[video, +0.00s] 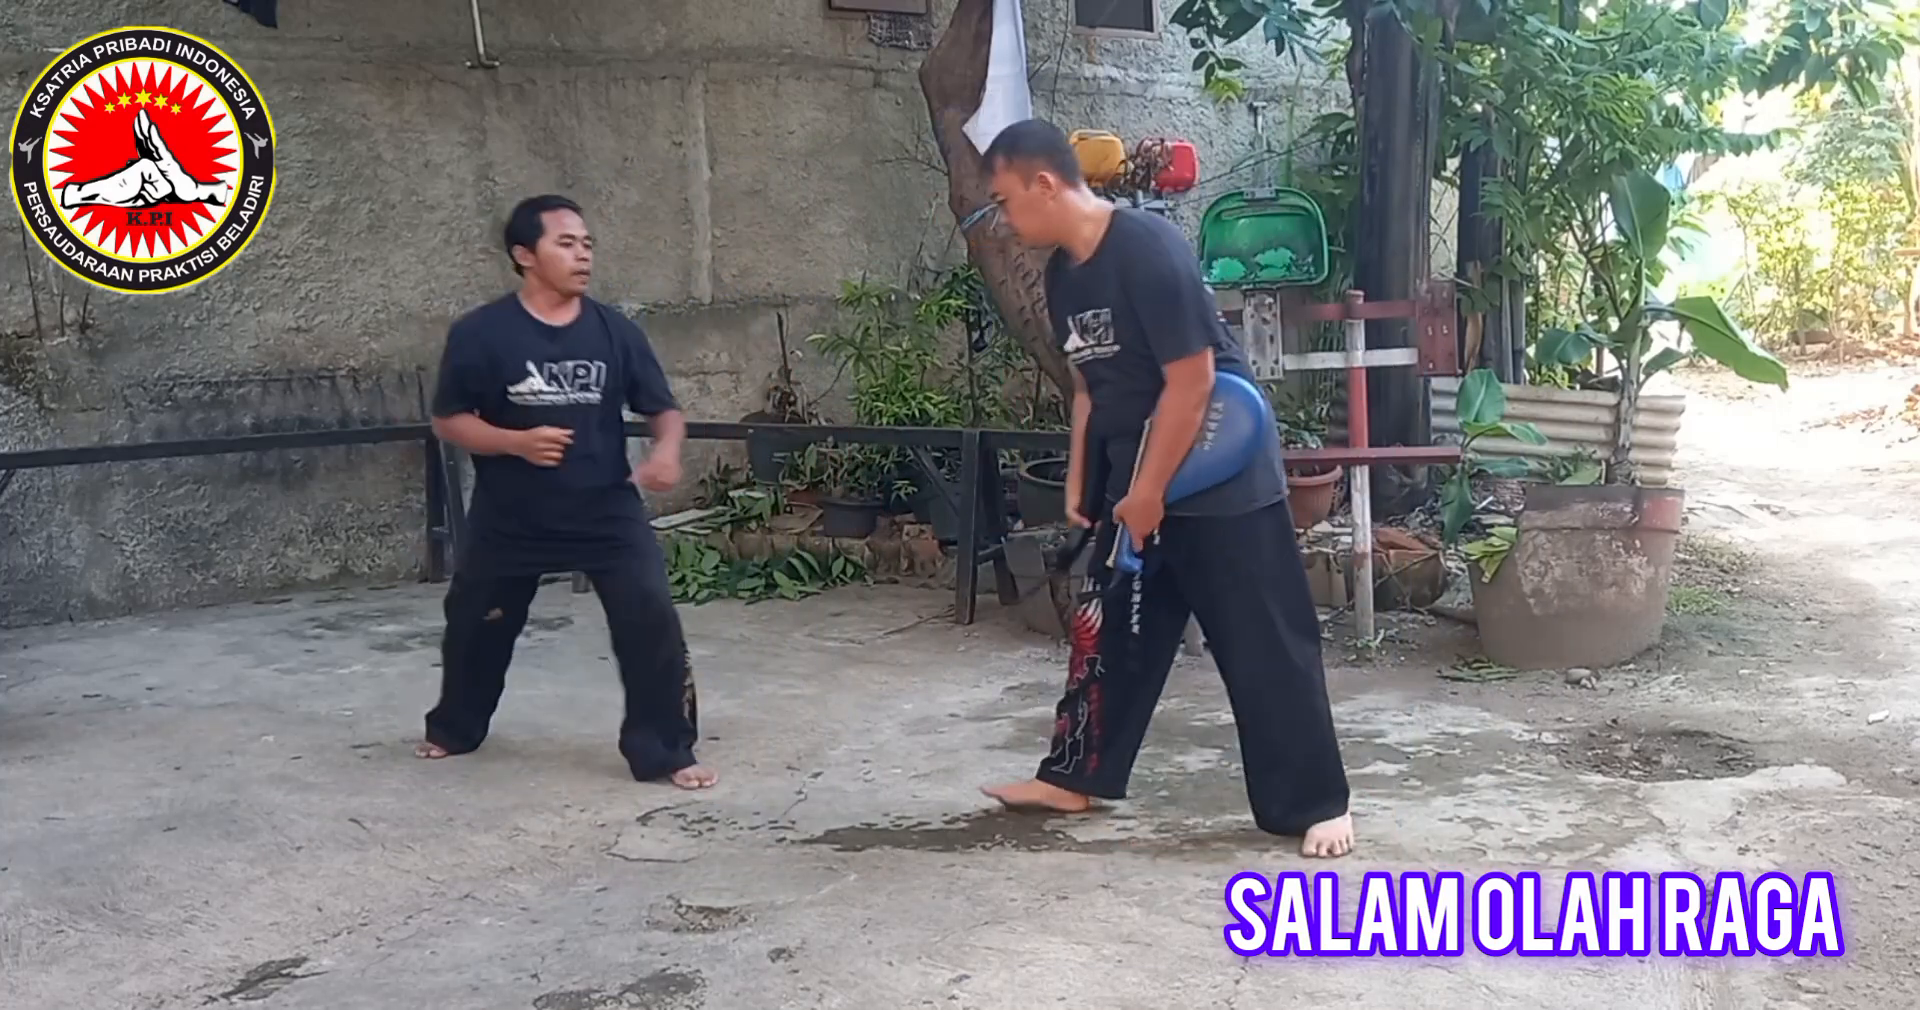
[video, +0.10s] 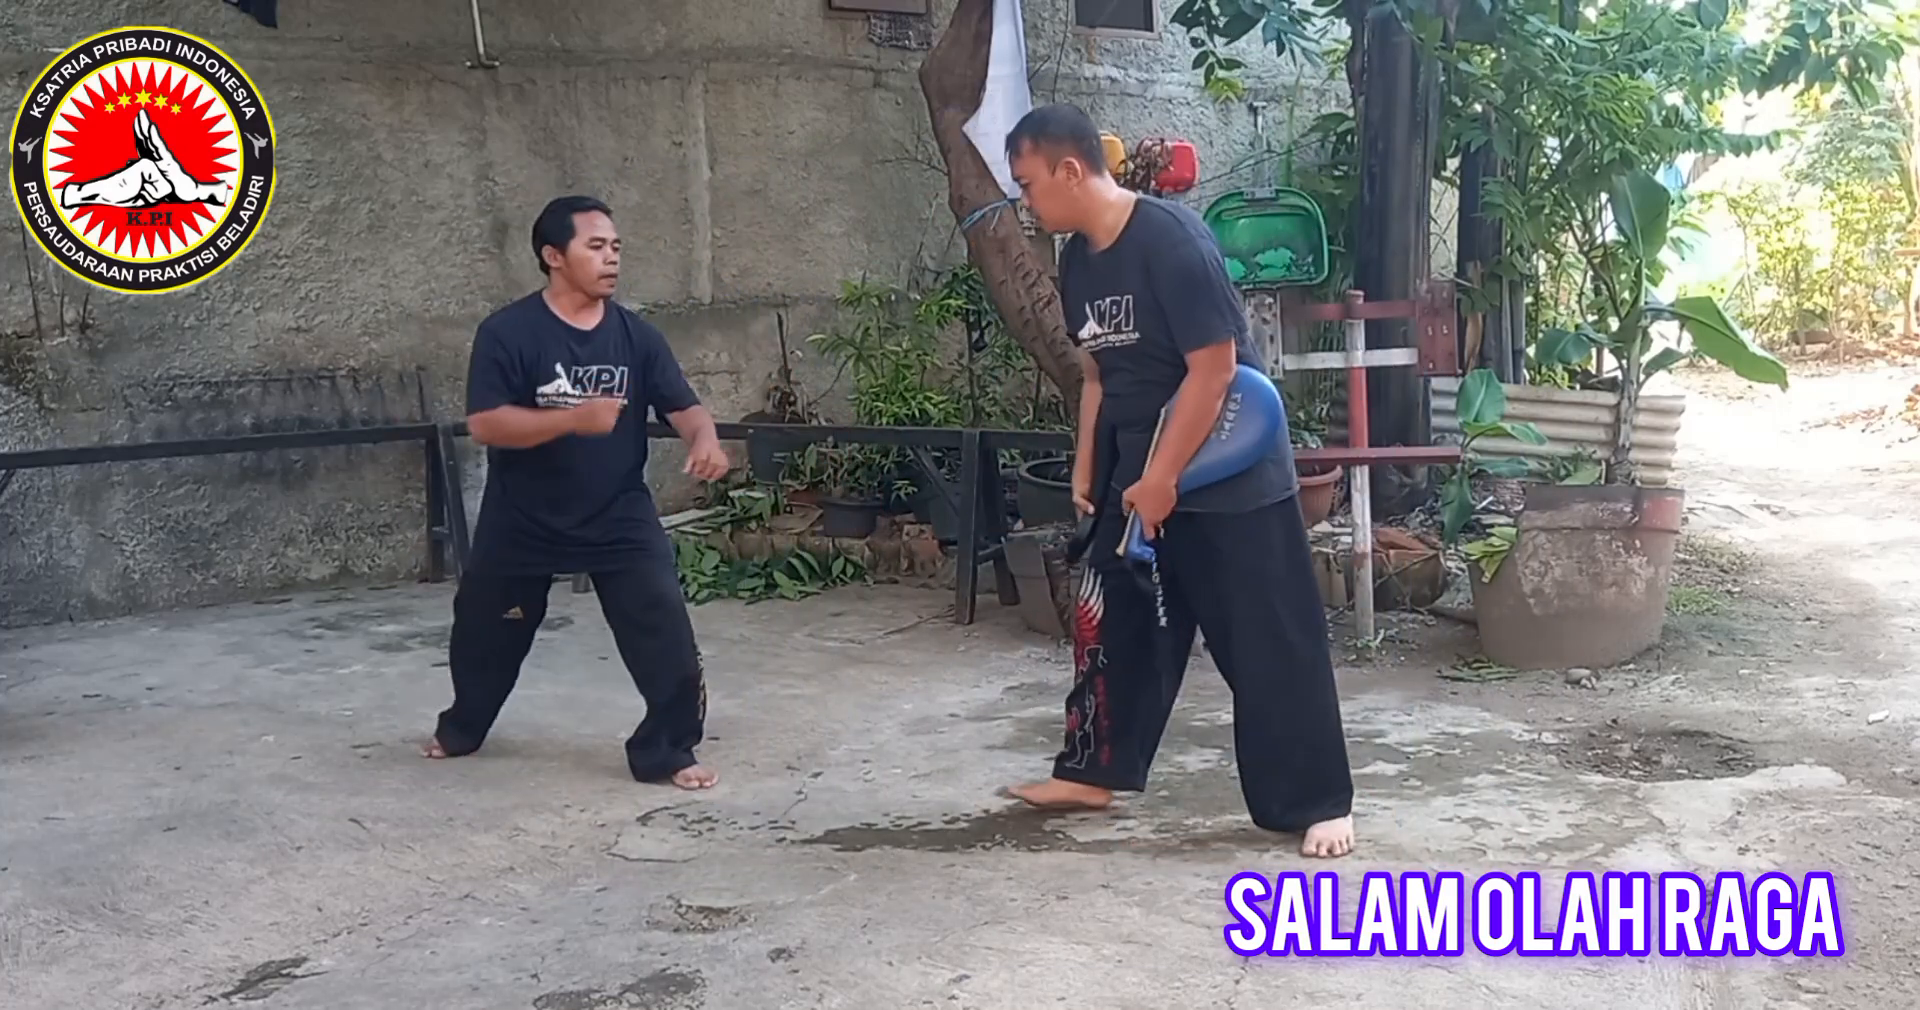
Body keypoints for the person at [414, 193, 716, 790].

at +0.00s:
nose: (583, 254)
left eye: (586, 244)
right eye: (567, 243)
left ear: (592, 252)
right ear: (525, 256)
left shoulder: (617, 332)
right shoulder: (477, 334)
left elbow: (664, 409)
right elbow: (449, 421)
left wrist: (667, 453)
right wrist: (514, 441)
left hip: (607, 517)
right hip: (511, 520)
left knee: (652, 619)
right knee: (473, 622)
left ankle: (665, 751)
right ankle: (456, 726)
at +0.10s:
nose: (613, 257)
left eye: (615, 246)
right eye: (597, 246)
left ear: (617, 252)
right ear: (553, 257)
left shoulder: (638, 336)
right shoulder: (505, 333)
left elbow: (682, 405)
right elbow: (485, 423)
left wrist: (705, 438)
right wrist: (571, 419)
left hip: (619, 516)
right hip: (523, 518)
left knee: (663, 625)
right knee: (484, 623)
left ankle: (669, 751)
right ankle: (464, 725)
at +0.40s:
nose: (581, 258)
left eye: (585, 245)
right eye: (565, 246)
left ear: (590, 251)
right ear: (522, 255)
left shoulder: (609, 328)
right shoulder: (478, 330)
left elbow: (662, 403)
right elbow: (490, 409)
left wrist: (702, 453)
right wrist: (549, 339)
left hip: (597, 512)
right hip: (505, 514)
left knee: (642, 621)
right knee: (482, 629)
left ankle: (666, 753)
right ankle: (484, 736)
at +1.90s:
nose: (587, 260)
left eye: (589, 252)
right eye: (570, 251)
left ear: (598, 265)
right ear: (530, 270)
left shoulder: (637, 339)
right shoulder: (515, 351)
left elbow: (704, 390)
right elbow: (555, 405)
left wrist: (752, 398)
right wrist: (596, 323)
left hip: (646, 524)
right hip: (552, 531)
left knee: (710, 614)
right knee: (500, 637)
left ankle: (707, 761)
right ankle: (487, 743)